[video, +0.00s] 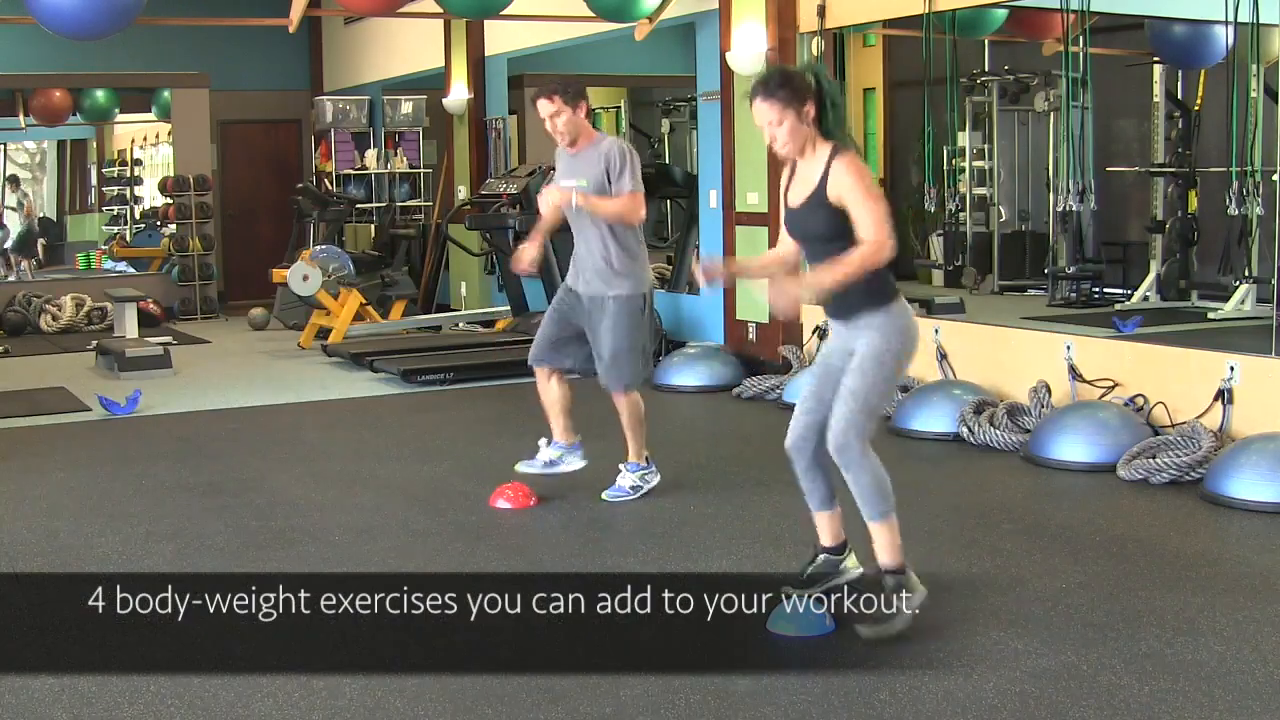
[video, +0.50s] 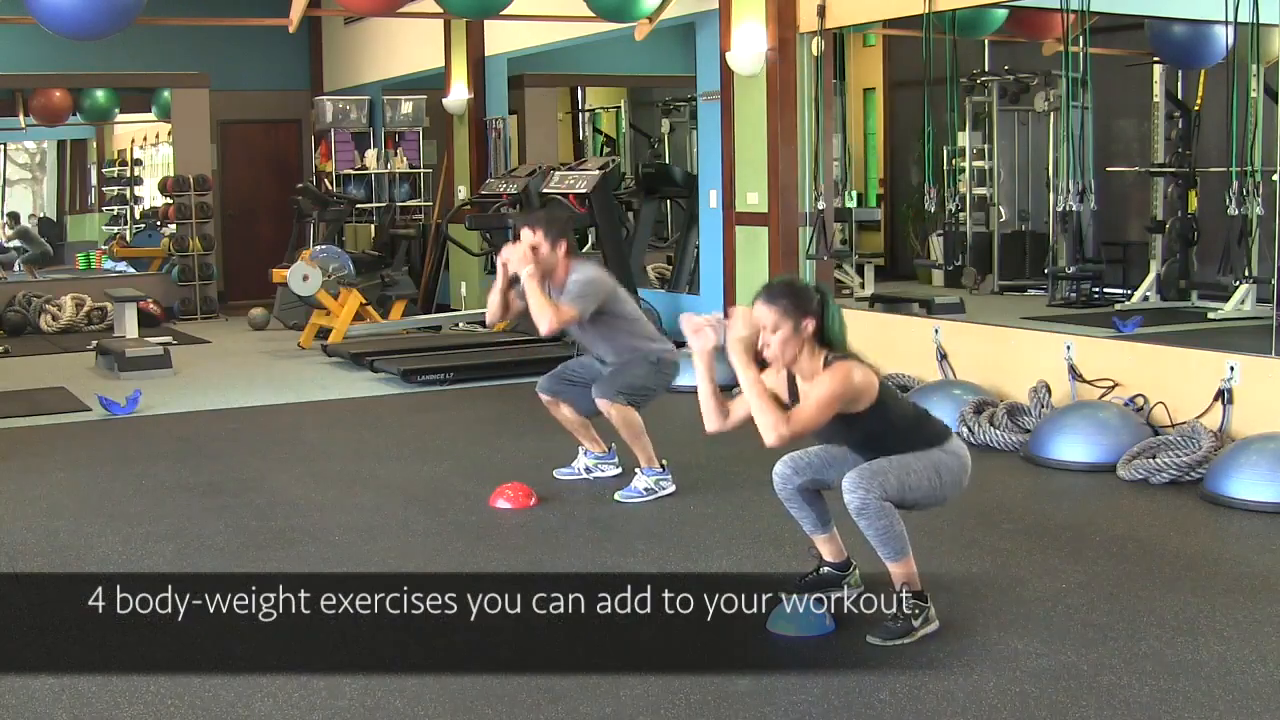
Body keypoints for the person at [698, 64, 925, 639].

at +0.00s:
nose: (768, 138)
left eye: (773, 125)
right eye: (763, 128)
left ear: (807, 112)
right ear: (771, 123)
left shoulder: (844, 167)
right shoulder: (793, 175)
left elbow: (881, 244)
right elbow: (789, 254)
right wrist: (729, 270)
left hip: (883, 326)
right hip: (842, 331)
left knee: (846, 440)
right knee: (802, 443)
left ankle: (897, 580)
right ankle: (834, 555)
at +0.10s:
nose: (765, 181)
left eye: (770, 168)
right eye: (761, 170)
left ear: (803, 159)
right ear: (779, 167)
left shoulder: (844, 213)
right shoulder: (788, 221)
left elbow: (825, 284)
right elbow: (750, 294)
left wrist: (749, 237)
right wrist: (711, 252)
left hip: (900, 363)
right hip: (853, 367)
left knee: (856, 472)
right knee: (792, 459)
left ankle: (913, 595)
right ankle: (835, 562)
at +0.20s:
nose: (766, 244)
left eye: (774, 232)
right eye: (762, 235)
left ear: (804, 227)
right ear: (759, 239)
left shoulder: (837, 282)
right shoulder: (784, 288)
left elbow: (781, 332)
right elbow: (720, 346)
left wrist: (748, 263)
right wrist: (710, 273)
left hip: (919, 414)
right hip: (866, 416)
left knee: (852, 485)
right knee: (785, 470)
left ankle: (914, 601)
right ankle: (837, 565)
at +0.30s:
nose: (760, 306)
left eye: (768, 294)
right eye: (757, 296)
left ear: (803, 292)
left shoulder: (838, 340)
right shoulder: (781, 345)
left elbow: (772, 396)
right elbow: (713, 397)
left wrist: (750, 319)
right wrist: (714, 324)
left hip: (931, 445)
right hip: (874, 445)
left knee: (855, 487)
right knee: (784, 472)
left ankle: (914, 602)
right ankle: (837, 566)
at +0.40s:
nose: (761, 342)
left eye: (769, 330)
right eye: (757, 331)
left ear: (804, 328)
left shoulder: (839, 376)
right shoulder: (780, 379)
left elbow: (772, 432)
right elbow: (714, 423)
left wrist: (753, 356)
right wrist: (713, 351)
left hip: (938, 461)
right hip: (877, 461)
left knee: (859, 487)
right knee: (786, 472)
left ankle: (914, 601)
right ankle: (837, 566)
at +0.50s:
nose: (762, 344)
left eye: (771, 332)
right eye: (759, 334)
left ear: (807, 327)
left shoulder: (843, 376)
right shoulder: (779, 377)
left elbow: (777, 434)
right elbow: (717, 420)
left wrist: (740, 357)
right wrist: (702, 356)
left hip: (941, 458)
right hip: (880, 457)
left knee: (862, 486)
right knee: (788, 472)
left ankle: (914, 601)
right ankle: (837, 566)